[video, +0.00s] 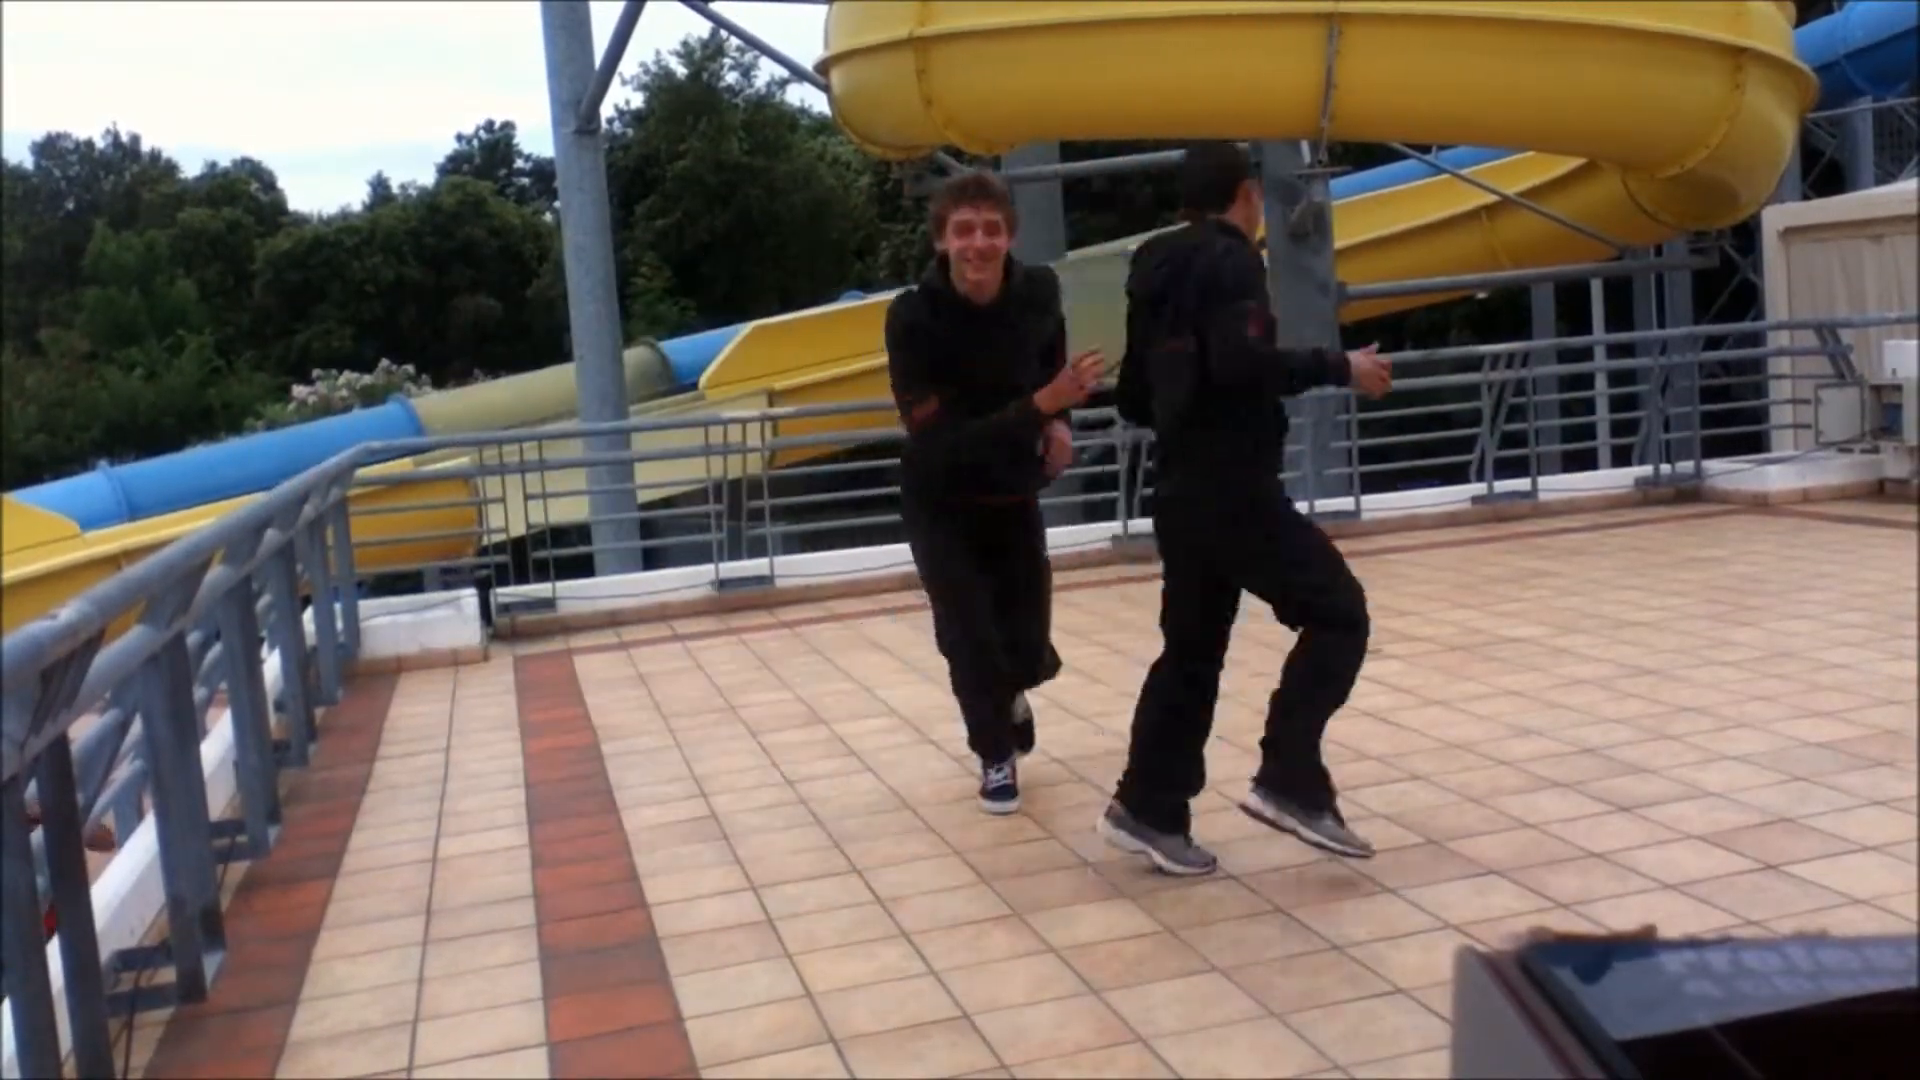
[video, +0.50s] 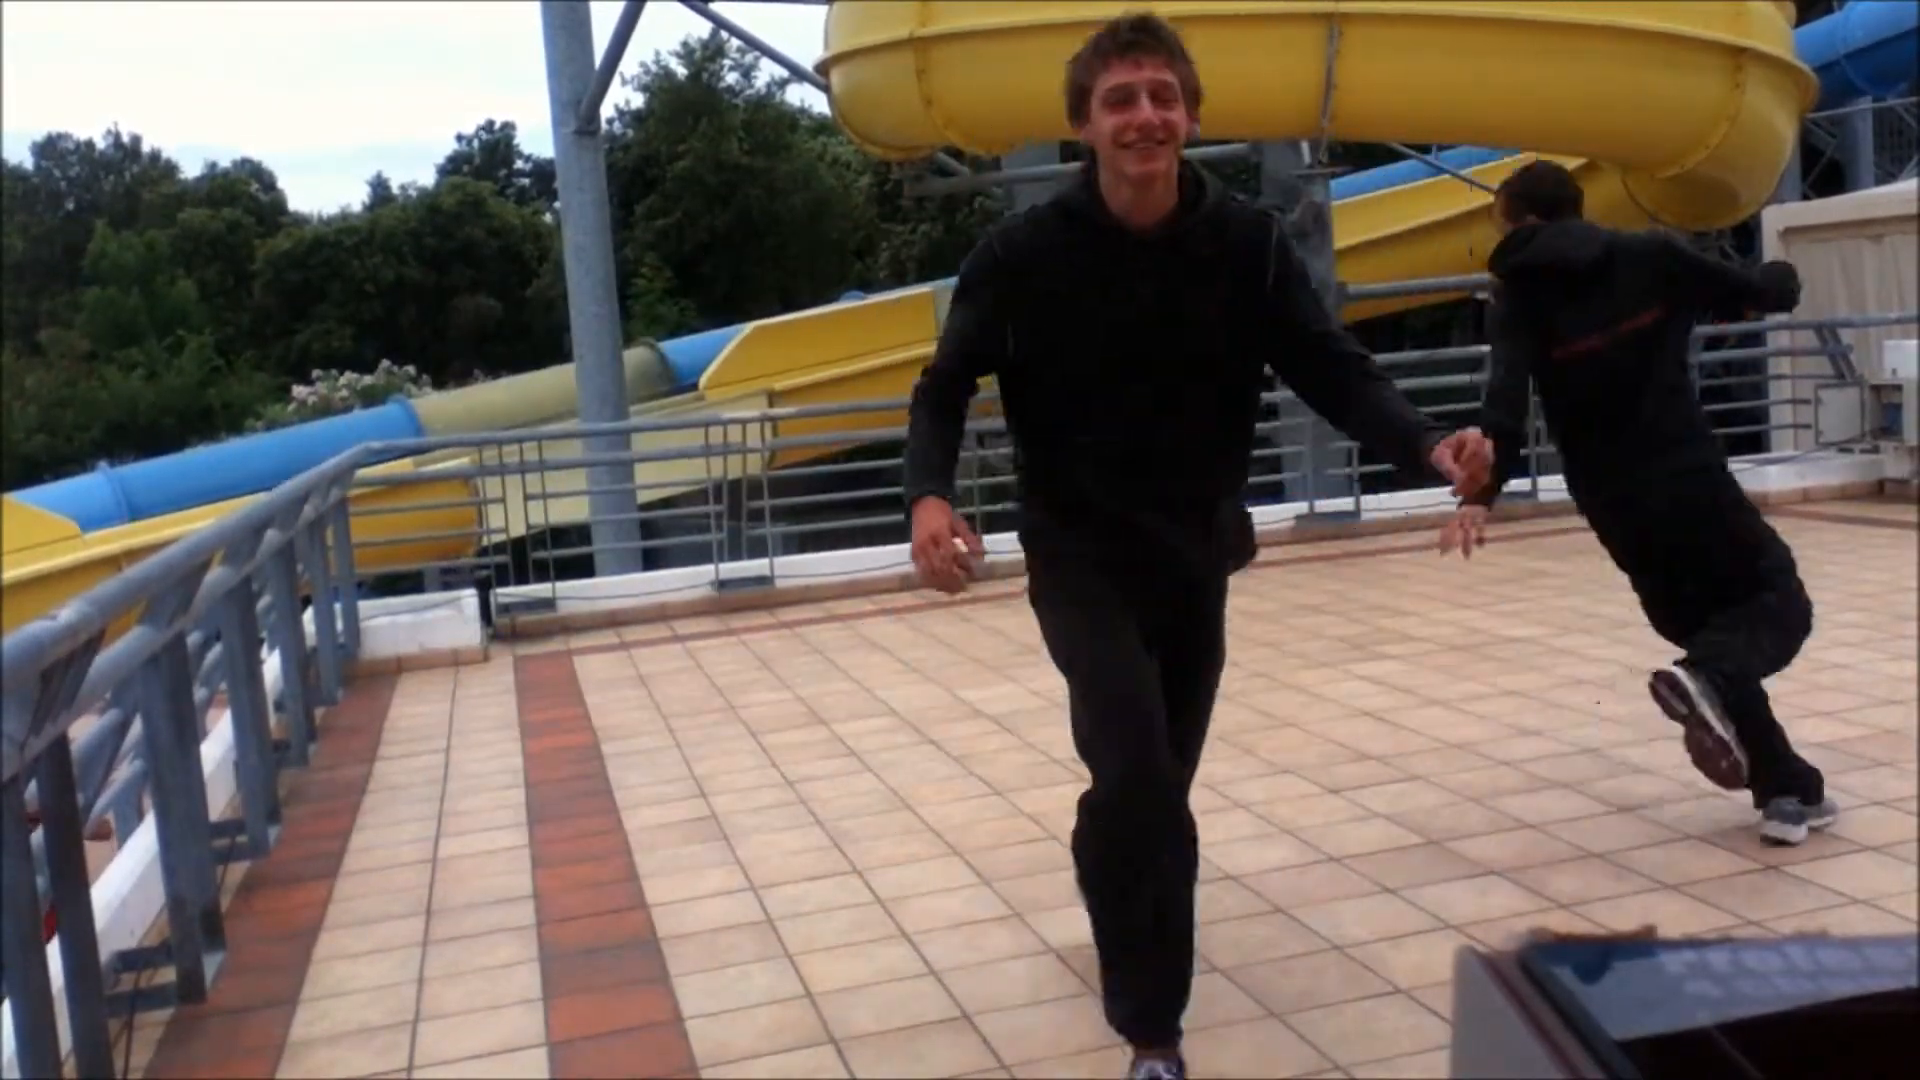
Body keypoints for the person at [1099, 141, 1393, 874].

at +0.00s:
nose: (1261, 210)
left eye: (1257, 197)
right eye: (1257, 197)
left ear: (1191, 203)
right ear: (1240, 198)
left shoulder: (1155, 265)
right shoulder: (1233, 260)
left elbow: (1135, 397)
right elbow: (1245, 365)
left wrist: (1214, 399)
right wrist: (1339, 367)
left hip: (1185, 501)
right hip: (1241, 501)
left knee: (1190, 654)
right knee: (1340, 613)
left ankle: (1149, 807)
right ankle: (1289, 779)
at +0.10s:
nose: (1343, 186)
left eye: (1338, 176)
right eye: (1340, 177)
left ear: (1267, 185)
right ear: (1332, 181)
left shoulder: (1242, 260)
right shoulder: (1343, 237)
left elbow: (1206, 375)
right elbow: (1353, 321)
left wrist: (1293, 381)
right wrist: (1439, 345)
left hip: (1275, 483)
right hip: (1341, 480)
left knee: (1302, 638)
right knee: (1421, 620)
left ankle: (1202, 742)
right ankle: (1487, 799)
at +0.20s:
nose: (1423, 219)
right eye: (1418, 208)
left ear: (1345, 223)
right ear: (1416, 213)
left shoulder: (1326, 309)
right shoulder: (1451, 276)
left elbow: (1285, 399)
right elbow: (1537, 312)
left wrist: (1258, 411)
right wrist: (1628, 325)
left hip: (1378, 517)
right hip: (1457, 510)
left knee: (1437, 643)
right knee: (1516, 653)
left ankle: (1343, 693)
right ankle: (1529, 845)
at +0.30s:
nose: (1394, 228)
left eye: (1395, 217)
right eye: (1395, 217)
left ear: (1411, 215)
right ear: (1469, 202)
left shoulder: (1396, 287)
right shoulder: (1534, 257)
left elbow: (1362, 388)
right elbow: (1634, 319)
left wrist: (1311, 476)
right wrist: (1739, 347)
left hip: (1458, 497)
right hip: (1541, 485)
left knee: (1548, 598)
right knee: (1565, 648)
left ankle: (1523, 705)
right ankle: (1535, 826)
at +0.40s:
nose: (1437, 215)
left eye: (1439, 202)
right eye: (1437, 202)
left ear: (1459, 197)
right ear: (1510, 184)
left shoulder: (1456, 268)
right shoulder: (1583, 228)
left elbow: (1448, 384)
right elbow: (1679, 276)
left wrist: (1411, 478)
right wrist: (1734, 316)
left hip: (1541, 464)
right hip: (1618, 444)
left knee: (1640, 600)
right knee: (1631, 598)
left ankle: (1718, 759)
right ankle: (1578, 765)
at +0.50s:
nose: (1498, 232)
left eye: (1500, 221)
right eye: (1499, 221)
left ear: (1516, 220)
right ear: (1574, 208)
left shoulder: (1517, 293)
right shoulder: (1647, 253)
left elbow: (1504, 400)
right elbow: (1765, 291)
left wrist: (1479, 491)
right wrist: (1777, 275)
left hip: (1609, 500)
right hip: (1687, 473)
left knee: (1705, 637)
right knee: (1782, 600)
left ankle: (1788, 791)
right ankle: (1708, 680)